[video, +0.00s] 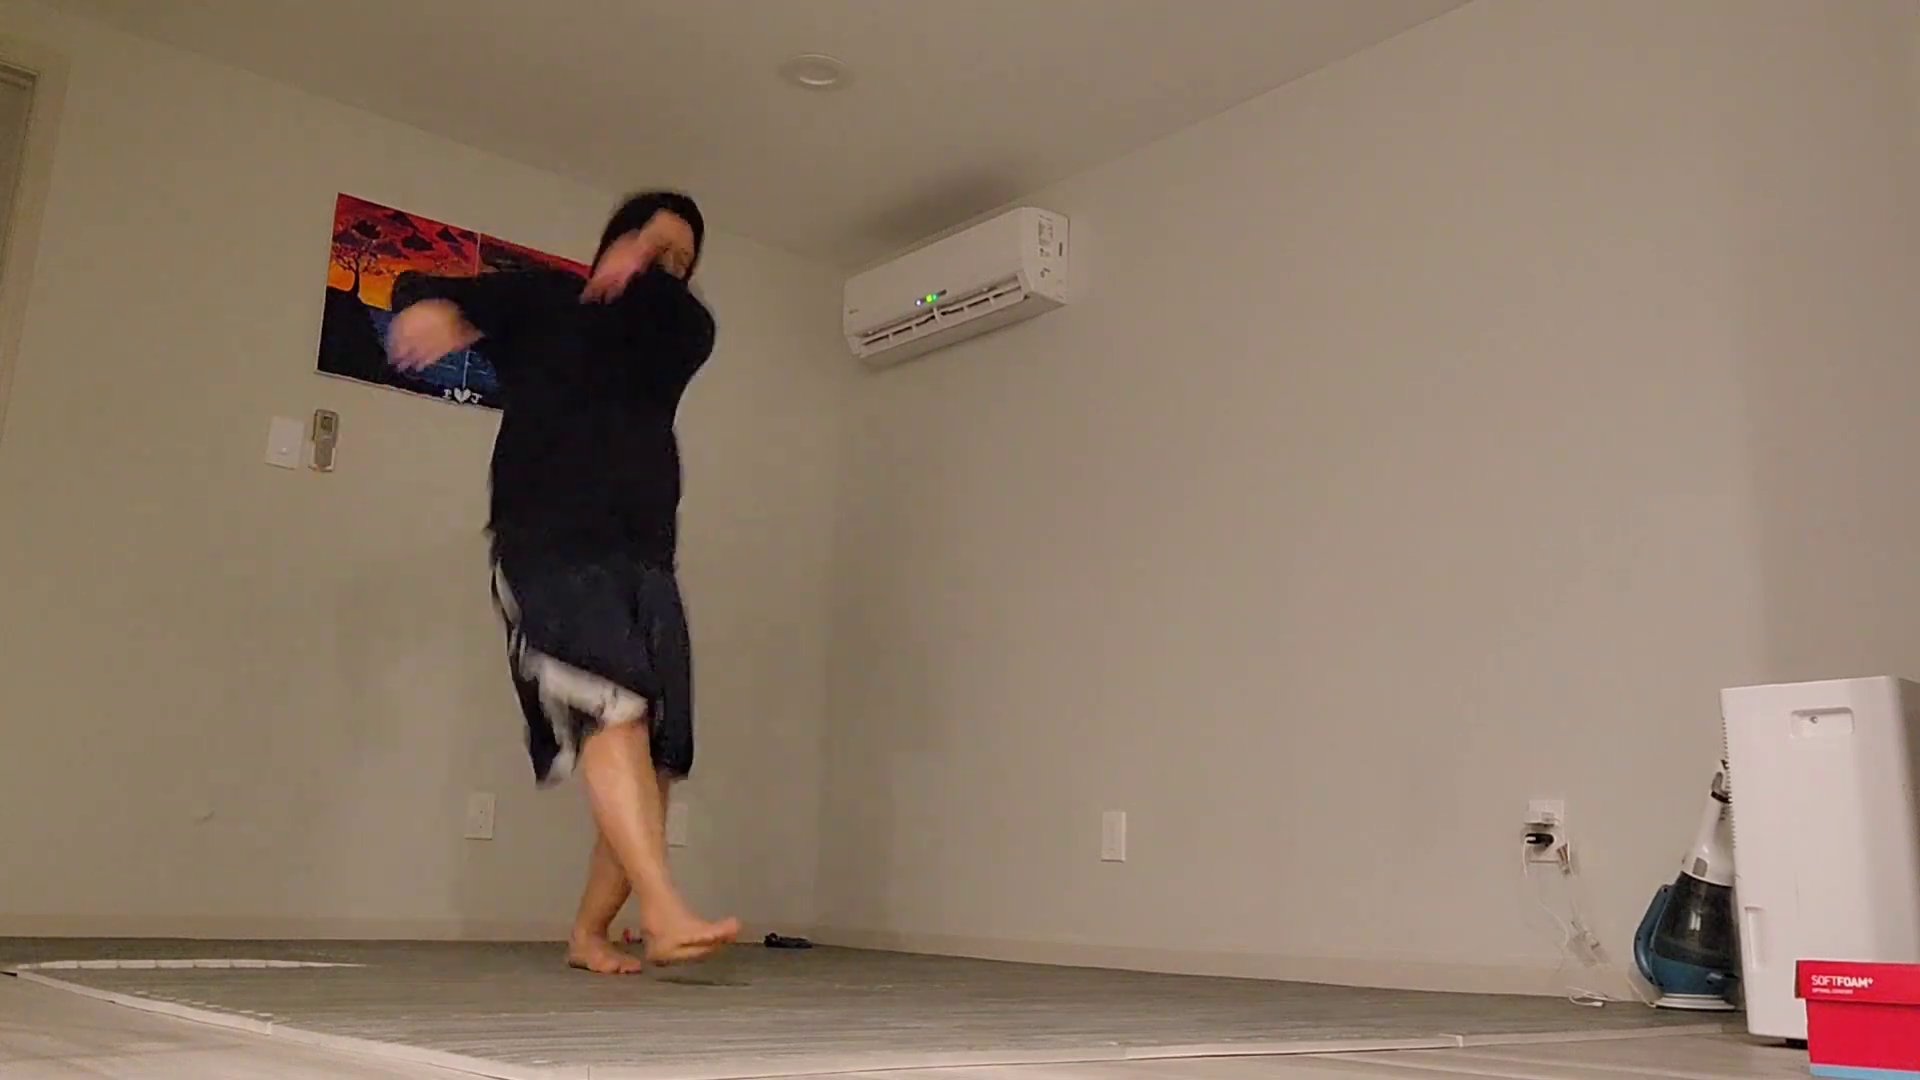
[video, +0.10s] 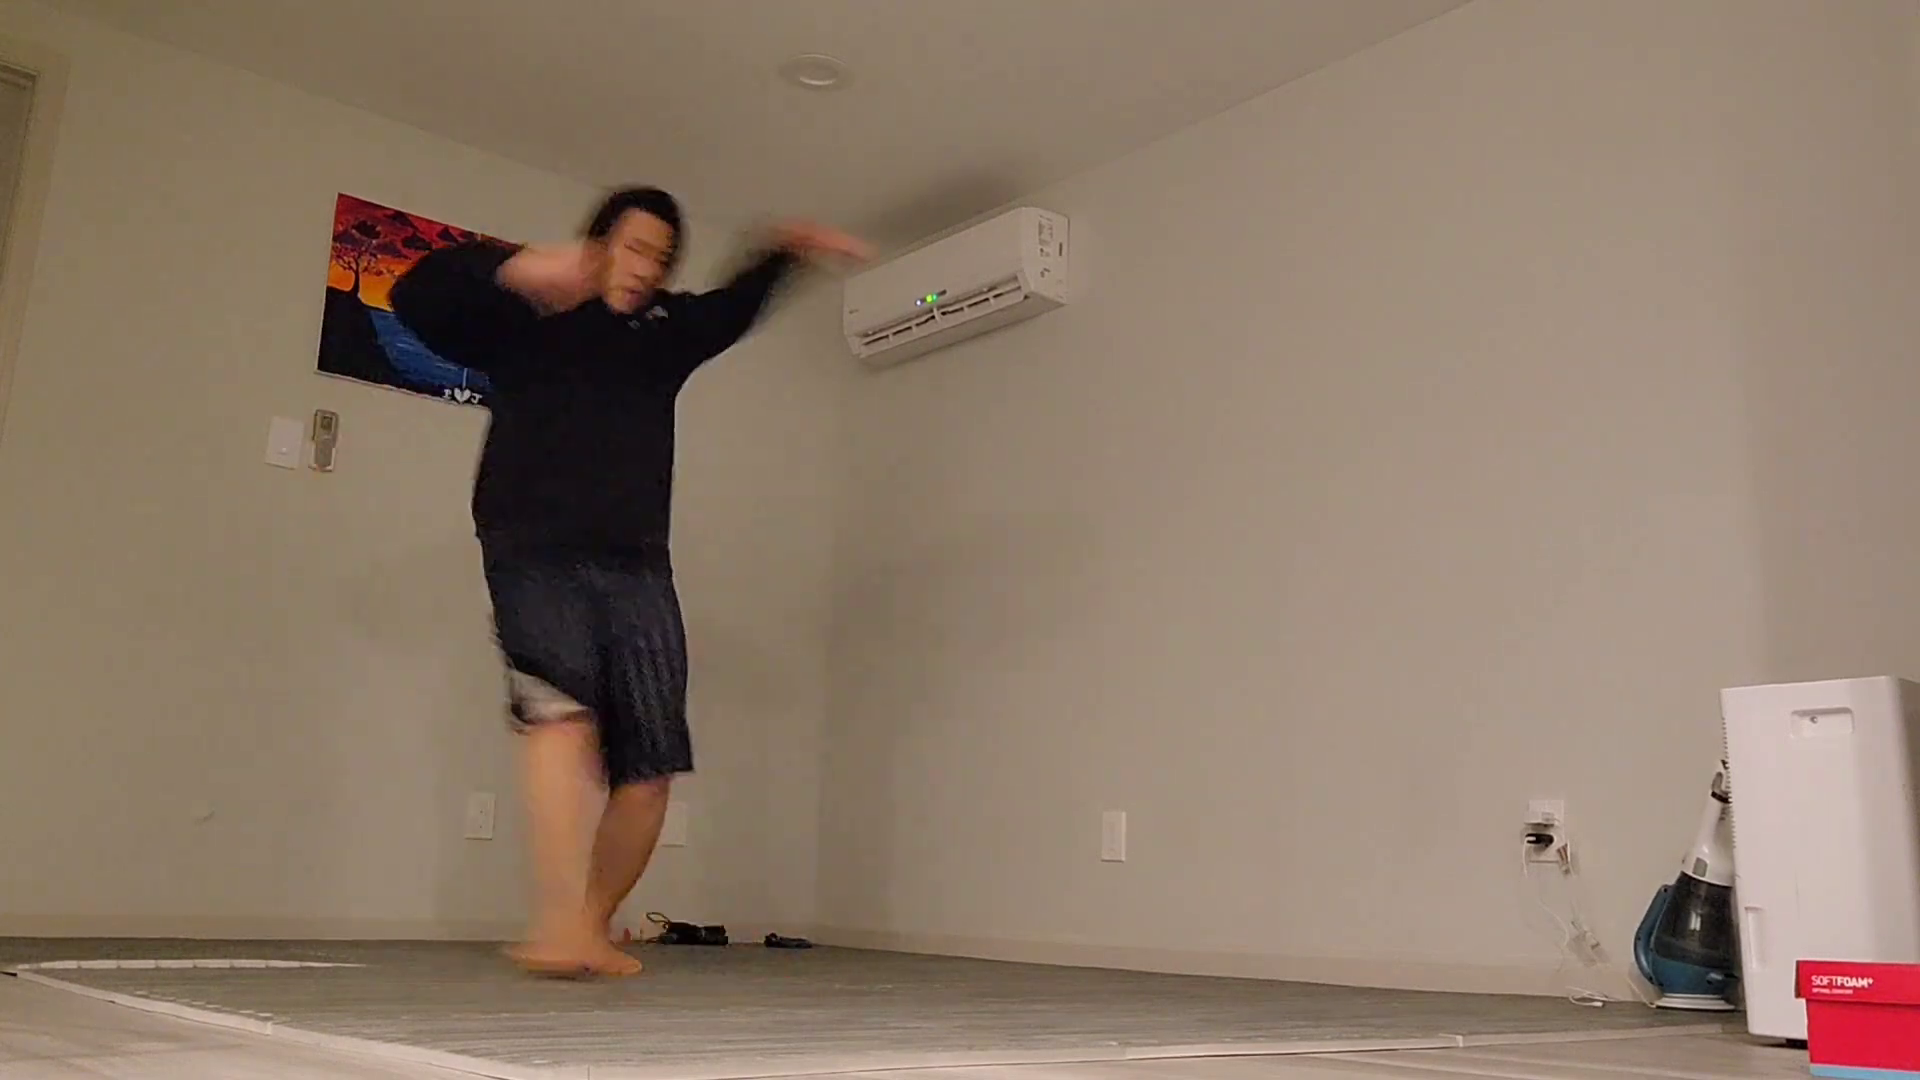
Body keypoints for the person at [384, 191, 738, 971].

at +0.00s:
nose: (653, 258)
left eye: (675, 252)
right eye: (648, 240)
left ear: (687, 268)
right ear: (615, 240)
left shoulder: (679, 326)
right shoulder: (542, 295)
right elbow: (449, 296)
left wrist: (644, 250)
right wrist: (437, 313)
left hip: (642, 546)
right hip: (548, 536)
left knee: (651, 745)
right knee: (613, 715)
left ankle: (590, 930)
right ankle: (663, 913)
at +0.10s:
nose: (643, 265)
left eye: (658, 256)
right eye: (631, 247)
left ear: (666, 268)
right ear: (596, 247)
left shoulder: (666, 337)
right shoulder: (526, 326)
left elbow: (736, 305)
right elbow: (417, 296)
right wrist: (510, 267)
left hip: (635, 561)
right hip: (537, 554)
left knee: (649, 765)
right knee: (563, 727)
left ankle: (591, 927)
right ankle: (558, 928)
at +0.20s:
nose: (596, 252)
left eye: (610, 238)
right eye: (582, 236)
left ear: (624, 242)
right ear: (547, 230)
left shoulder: (659, 314)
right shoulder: (498, 301)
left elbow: (773, 337)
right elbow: (471, 302)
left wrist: (886, 351)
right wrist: (567, 217)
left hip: (629, 560)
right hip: (513, 550)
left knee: (626, 740)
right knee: (460, 712)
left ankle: (634, 899)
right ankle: (416, 909)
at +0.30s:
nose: (598, 248)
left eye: (604, 234)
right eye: (586, 231)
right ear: (543, 229)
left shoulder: (629, 312)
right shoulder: (478, 291)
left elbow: (705, 381)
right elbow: (513, 307)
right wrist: (586, 224)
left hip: (610, 558)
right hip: (502, 556)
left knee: (566, 729)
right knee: (421, 726)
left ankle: (661, 894)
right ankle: (392, 930)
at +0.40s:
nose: (620, 237)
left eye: (632, 224)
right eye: (606, 219)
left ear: (640, 231)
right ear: (563, 214)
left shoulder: (639, 309)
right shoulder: (494, 268)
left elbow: (663, 424)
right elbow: (418, 323)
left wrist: (693, 522)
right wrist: (504, 306)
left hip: (610, 534)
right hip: (498, 530)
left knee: (646, 700)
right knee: (443, 723)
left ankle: (653, 897)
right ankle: (385, 914)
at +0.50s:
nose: (641, 230)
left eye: (657, 219)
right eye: (630, 210)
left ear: (667, 228)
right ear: (593, 199)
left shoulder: (653, 315)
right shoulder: (517, 249)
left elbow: (668, 441)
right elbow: (406, 296)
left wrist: (700, 544)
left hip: (621, 539)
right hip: (524, 522)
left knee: (721, 680)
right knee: (507, 699)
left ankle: (673, 886)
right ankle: (333, 866)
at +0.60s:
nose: (648, 256)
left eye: (663, 242)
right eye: (636, 234)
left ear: (673, 250)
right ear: (596, 225)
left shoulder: (653, 331)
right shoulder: (523, 269)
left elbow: (688, 414)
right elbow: (387, 304)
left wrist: (751, 443)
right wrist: (244, 324)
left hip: (616, 536)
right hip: (544, 516)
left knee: (695, 716)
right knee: (569, 727)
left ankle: (649, 923)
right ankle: (397, 892)